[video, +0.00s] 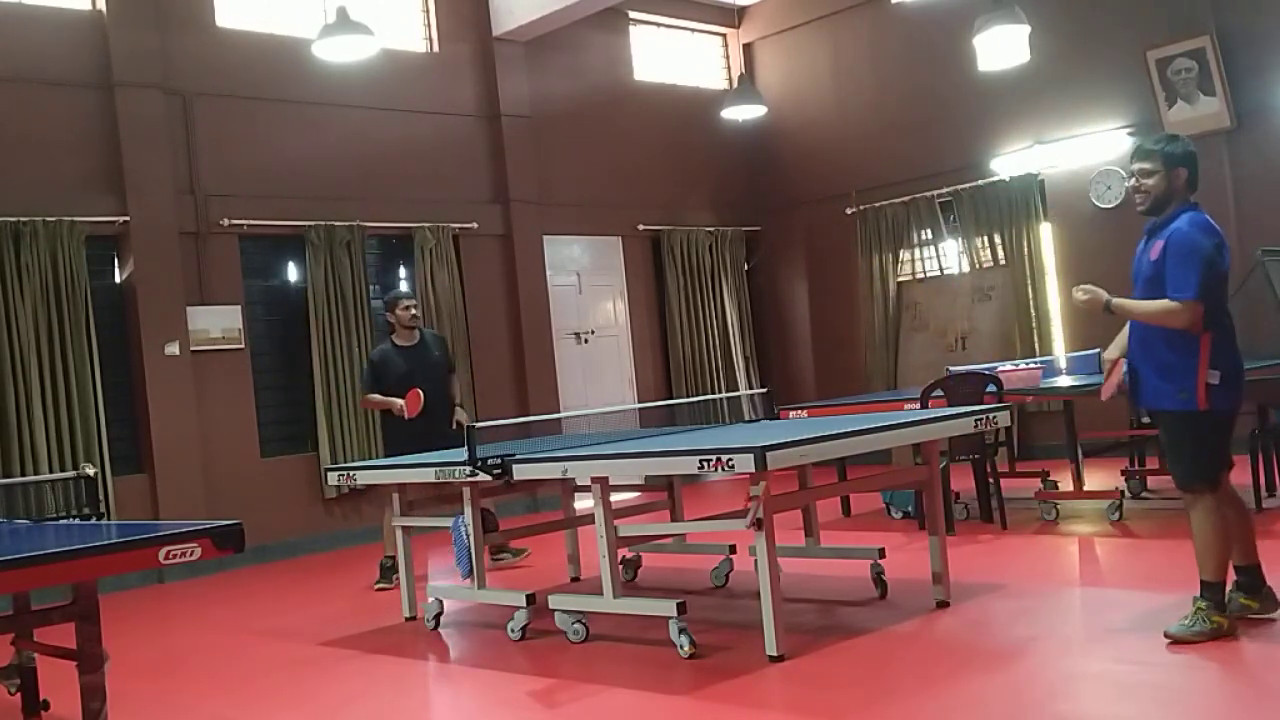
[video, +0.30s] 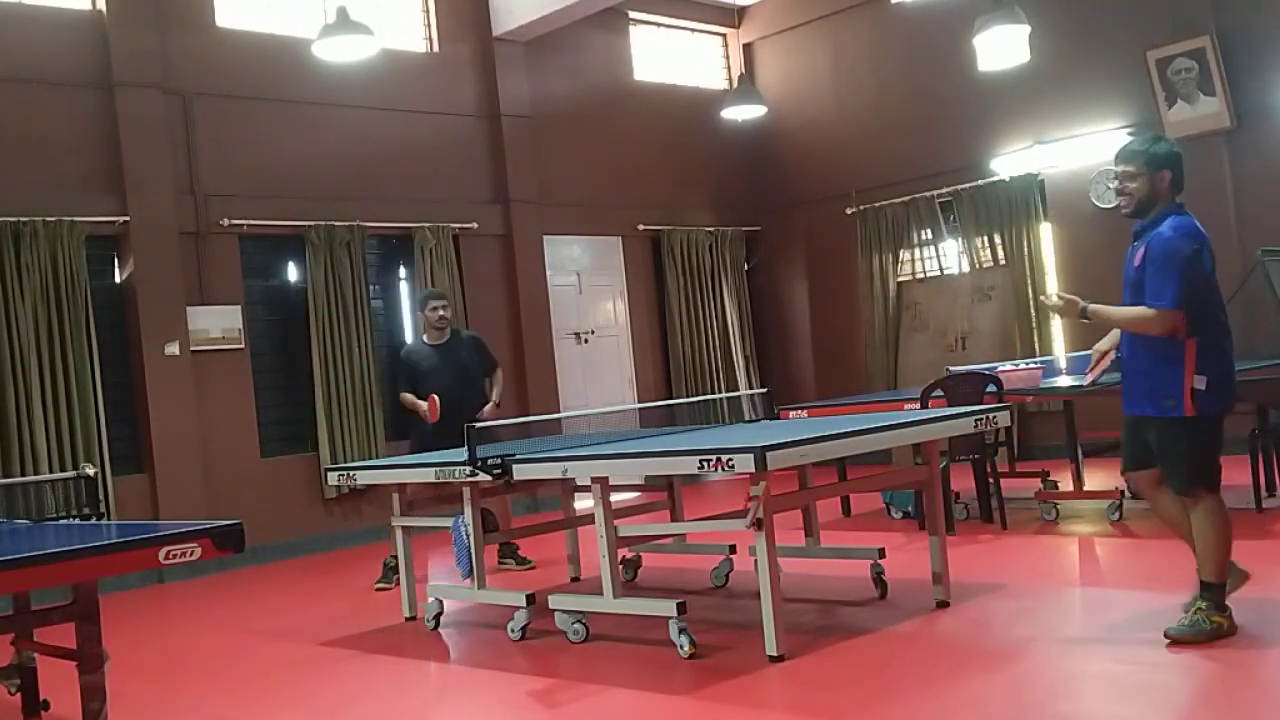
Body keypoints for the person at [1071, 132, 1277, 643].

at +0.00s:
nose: (1135, 185)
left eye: (1145, 175)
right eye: (1132, 177)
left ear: (1180, 177)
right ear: (1135, 181)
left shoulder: (1190, 233)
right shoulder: (1159, 231)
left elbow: (1188, 315)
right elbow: (1155, 303)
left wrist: (1112, 303)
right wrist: (1118, 346)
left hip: (1197, 391)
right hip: (1181, 389)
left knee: (1198, 492)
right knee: (1217, 487)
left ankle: (1212, 608)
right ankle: (1254, 589)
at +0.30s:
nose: (1118, 187)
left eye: (1129, 178)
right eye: (1116, 179)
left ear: (1165, 180)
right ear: (1123, 182)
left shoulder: (1174, 237)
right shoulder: (1147, 233)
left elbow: (1167, 321)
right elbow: (1152, 307)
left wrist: (1085, 310)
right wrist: (1117, 341)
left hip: (1187, 393)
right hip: (1149, 392)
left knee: (1198, 490)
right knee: (1144, 478)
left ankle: (1212, 604)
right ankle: (1219, 567)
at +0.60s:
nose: (1091, 195)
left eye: (1101, 185)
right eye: (1088, 187)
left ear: (1135, 185)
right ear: (1096, 189)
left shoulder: (1148, 240)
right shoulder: (1117, 240)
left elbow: (1147, 321)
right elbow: (1127, 311)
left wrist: (1070, 317)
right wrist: (1090, 346)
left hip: (1178, 397)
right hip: (1136, 398)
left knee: (1200, 494)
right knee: (1144, 491)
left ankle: (1214, 607)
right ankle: (1141, 596)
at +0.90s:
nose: (1043, 218)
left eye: (1051, 207)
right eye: (1038, 211)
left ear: (1082, 201)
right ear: (1040, 215)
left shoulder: (1114, 247)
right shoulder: (1062, 270)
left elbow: (1118, 323)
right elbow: (1045, 327)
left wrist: (1045, 331)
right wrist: (1037, 375)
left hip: (1155, 384)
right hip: (1110, 395)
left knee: (1143, 481)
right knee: (1116, 490)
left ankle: (1197, 593)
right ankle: (1138, 598)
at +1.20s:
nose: (1014, 242)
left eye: (1017, 231)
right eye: (1011, 233)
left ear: (1044, 221)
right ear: (1041, 226)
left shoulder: (1092, 262)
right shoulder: (1047, 274)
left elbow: (1083, 344)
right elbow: (1028, 327)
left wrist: (1012, 352)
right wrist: (1017, 361)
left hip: (1139, 395)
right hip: (1095, 402)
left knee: (1141, 495)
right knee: (1096, 493)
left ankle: (1169, 613)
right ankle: (1135, 598)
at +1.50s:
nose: (993, 278)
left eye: (995, 267)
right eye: (990, 270)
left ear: (1020, 258)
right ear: (1020, 260)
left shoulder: (1064, 295)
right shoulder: (1045, 292)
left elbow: (1035, 380)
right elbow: (1025, 340)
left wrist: (963, 387)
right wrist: (1012, 370)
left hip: (1142, 399)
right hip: (1103, 403)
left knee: (1124, 500)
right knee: (1065, 481)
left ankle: (1167, 622)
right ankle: (1079, 586)